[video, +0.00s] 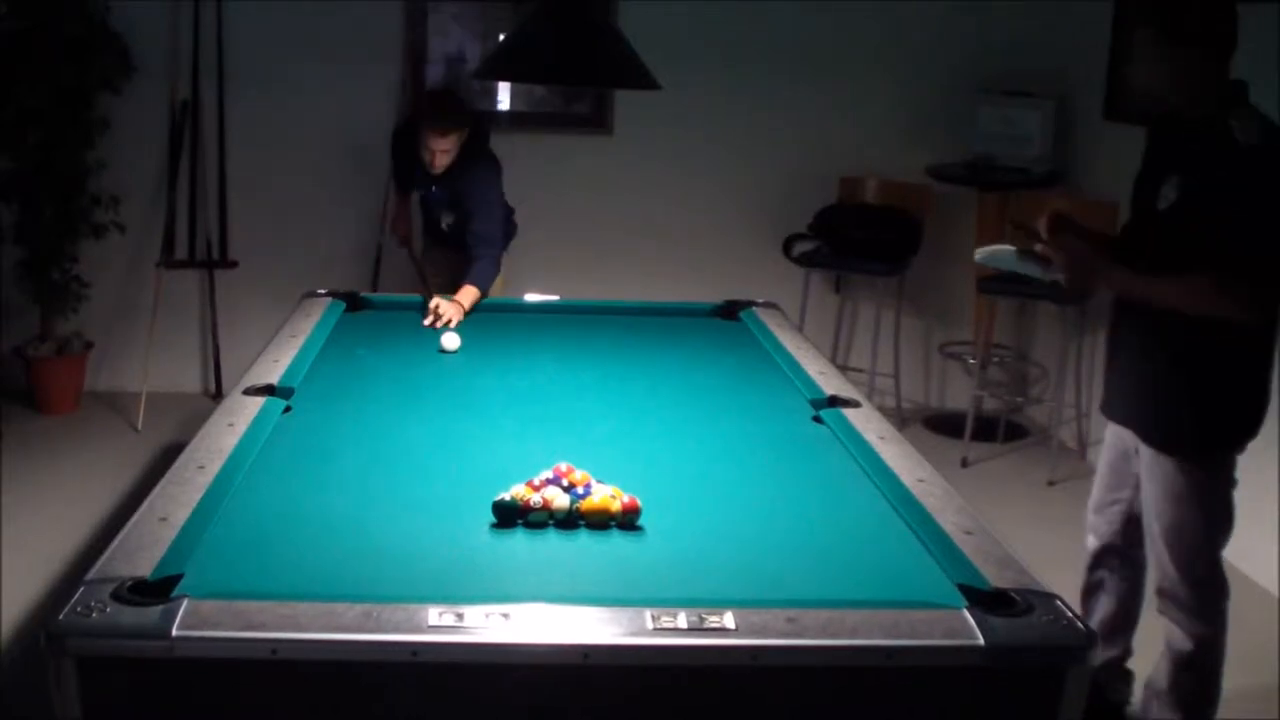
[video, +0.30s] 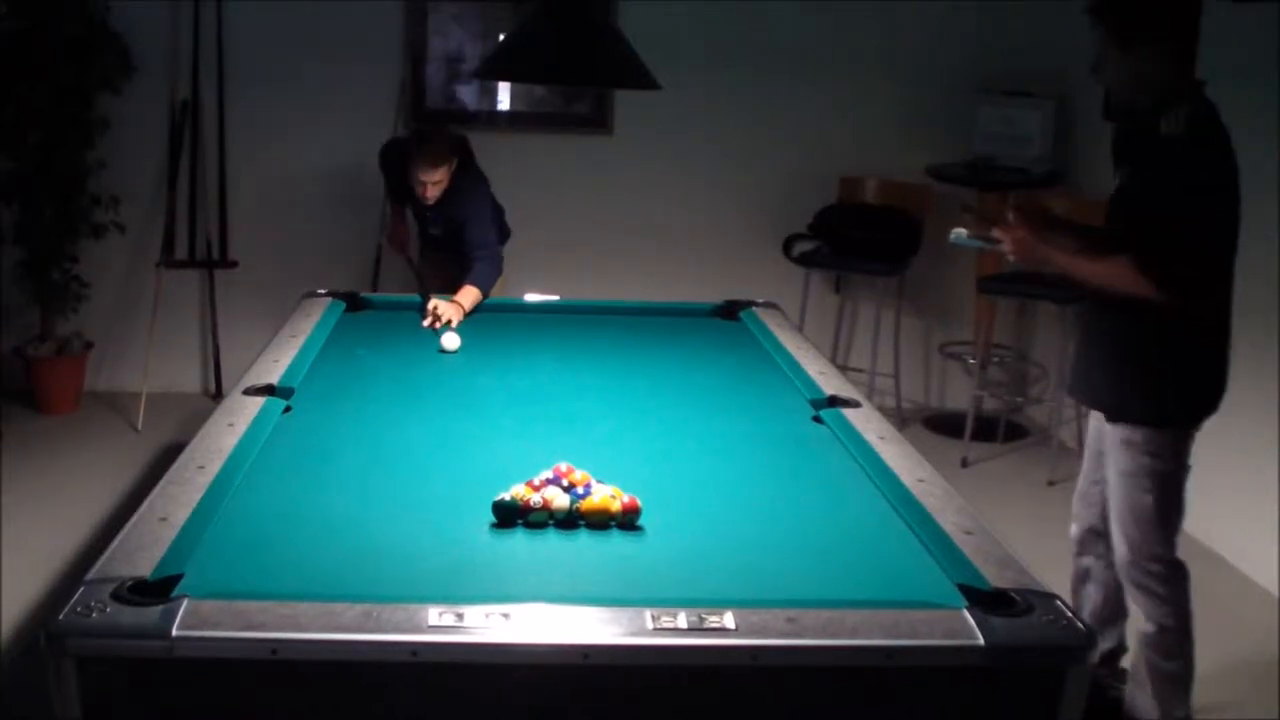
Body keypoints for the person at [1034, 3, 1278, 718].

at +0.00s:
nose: (1133, 70)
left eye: (1146, 51)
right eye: (1134, 51)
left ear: (1192, 56)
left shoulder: (1252, 152)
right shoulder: (1172, 139)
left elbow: (1239, 295)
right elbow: (1158, 256)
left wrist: (1109, 274)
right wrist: (1089, 248)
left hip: (1196, 408)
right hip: (1135, 389)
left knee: (1185, 588)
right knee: (1109, 548)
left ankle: (1177, 708)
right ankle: (1098, 675)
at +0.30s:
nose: (1099, 70)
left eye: (1112, 52)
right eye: (1103, 52)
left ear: (1149, 56)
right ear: (1160, 54)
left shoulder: (1189, 143)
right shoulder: (1156, 131)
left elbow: (1158, 278)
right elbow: (1131, 237)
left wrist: (1049, 254)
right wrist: (1051, 218)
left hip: (1156, 389)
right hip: (1118, 377)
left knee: (1146, 562)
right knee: (1093, 535)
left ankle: (1162, 708)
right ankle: (1097, 667)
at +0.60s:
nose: (1072, 67)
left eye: (1080, 52)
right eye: (1072, 52)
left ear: (1110, 54)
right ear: (1139, 49)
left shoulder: (1139, 125)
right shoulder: (1157, 119)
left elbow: (1119, 261)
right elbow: (1106, 219)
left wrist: (1016, 238)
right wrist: (1023, 206)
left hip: (1112, 373)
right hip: (1143, 369)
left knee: (1062, 528)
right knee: (1111, 524)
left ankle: (1082, 682)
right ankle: (1104, 672)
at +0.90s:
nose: (1034, 75)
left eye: (1042, 59)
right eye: (1032, 60)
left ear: (1075, 60)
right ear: (1100, 58)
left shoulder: (1096, 133)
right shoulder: (1128, 127)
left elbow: (1081, 263)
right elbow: (1077, 224)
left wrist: (990, 242)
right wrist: (991, 215)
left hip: (1078, 373)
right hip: (1127, 370)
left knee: (1019, 527)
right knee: (1102, 526)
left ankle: (1004, 673)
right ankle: (1103, 665)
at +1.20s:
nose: (985, 75)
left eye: (994, 59)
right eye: (985, 60)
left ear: (1029, 57)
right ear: (1045, 53)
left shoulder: (1063, 128)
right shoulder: (1059, 118)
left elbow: (1039, 266)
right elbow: (1030, 223)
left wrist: (946, 243)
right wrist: (952, 208)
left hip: (1046, 360)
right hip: (1049, 353)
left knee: (1008, 517)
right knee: (1023, 507)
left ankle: (1055, 644)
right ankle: (1067, 630)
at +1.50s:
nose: (966, 76)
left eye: (973, 61)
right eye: (964, 62)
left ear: (1009, 55)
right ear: (1017, 56)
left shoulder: (1048, 120)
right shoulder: (1027, 113)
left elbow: (1026, 253)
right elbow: (1009, 216)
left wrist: (931, 238)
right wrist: (935, 214)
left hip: (1043, 355)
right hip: (1020, 347)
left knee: (1010, 515)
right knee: (988, 493)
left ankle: (1010, 638)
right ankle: (987, 627)